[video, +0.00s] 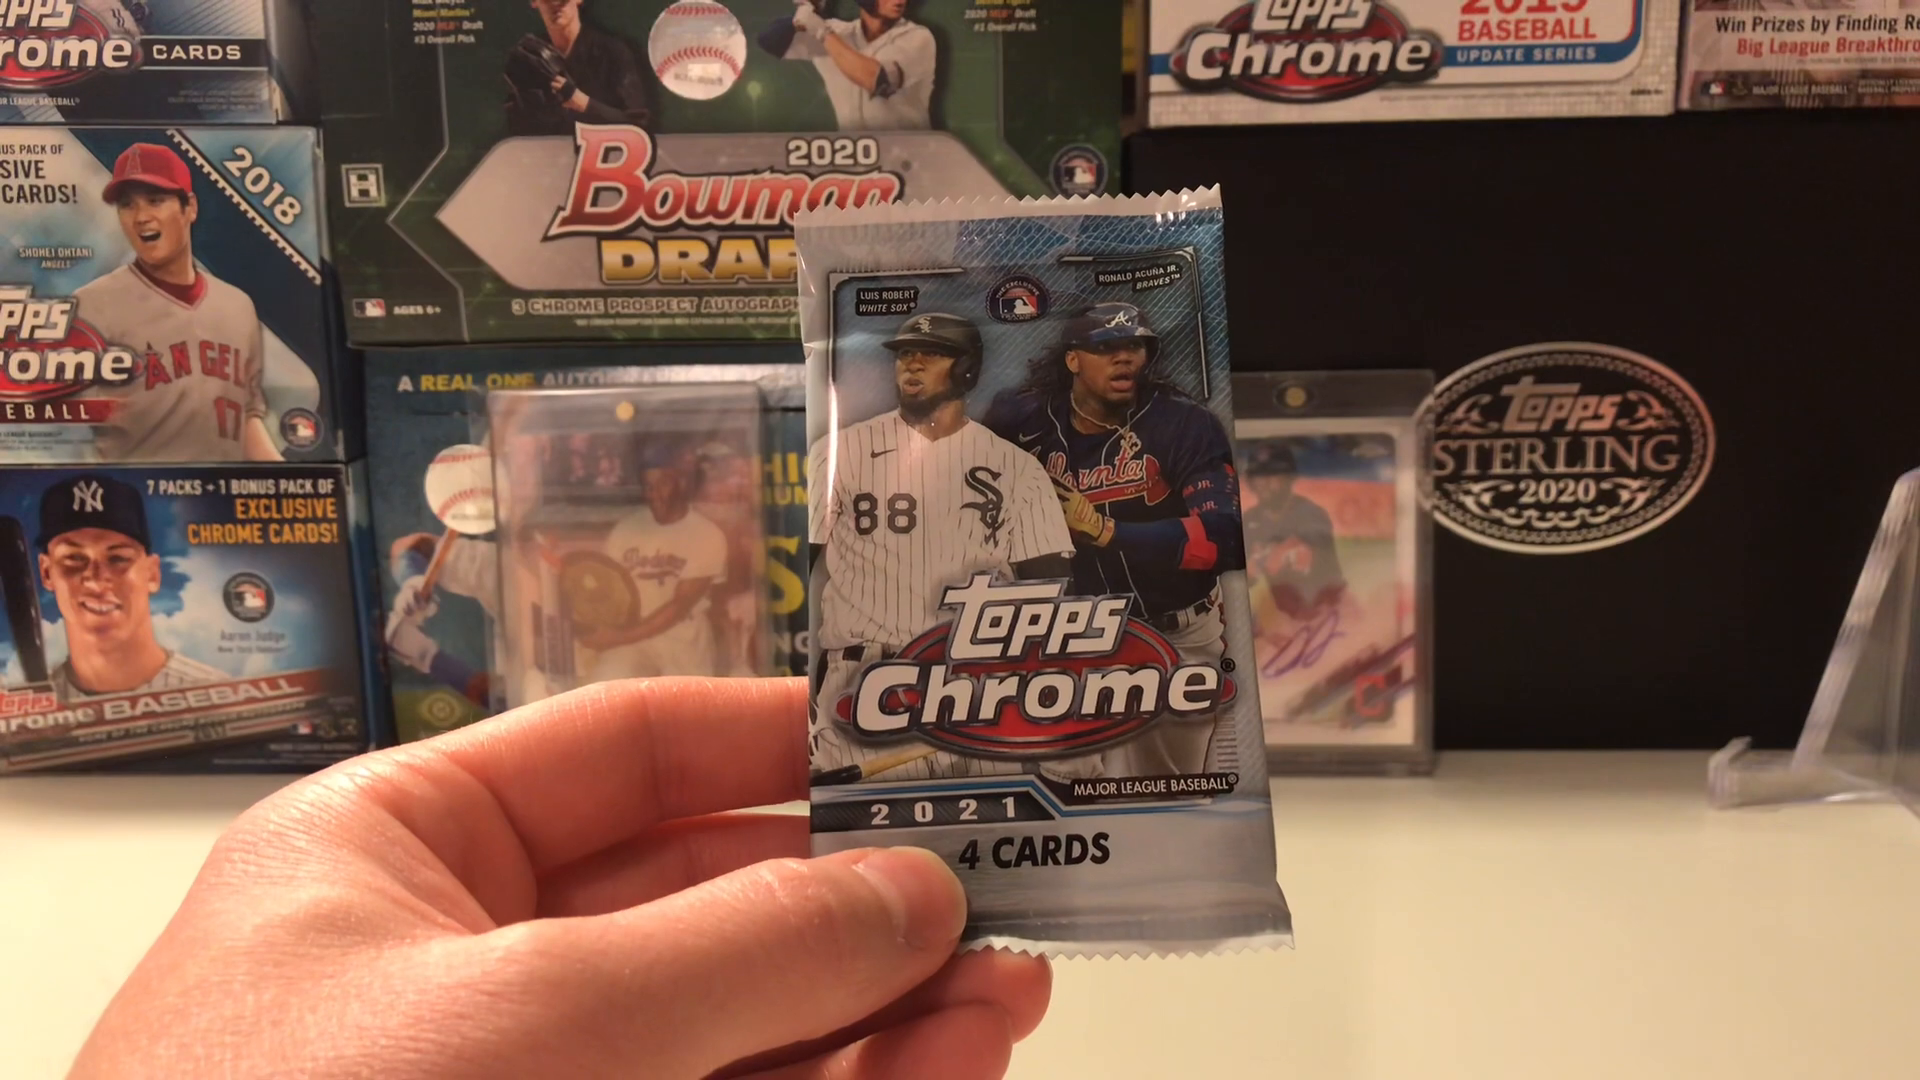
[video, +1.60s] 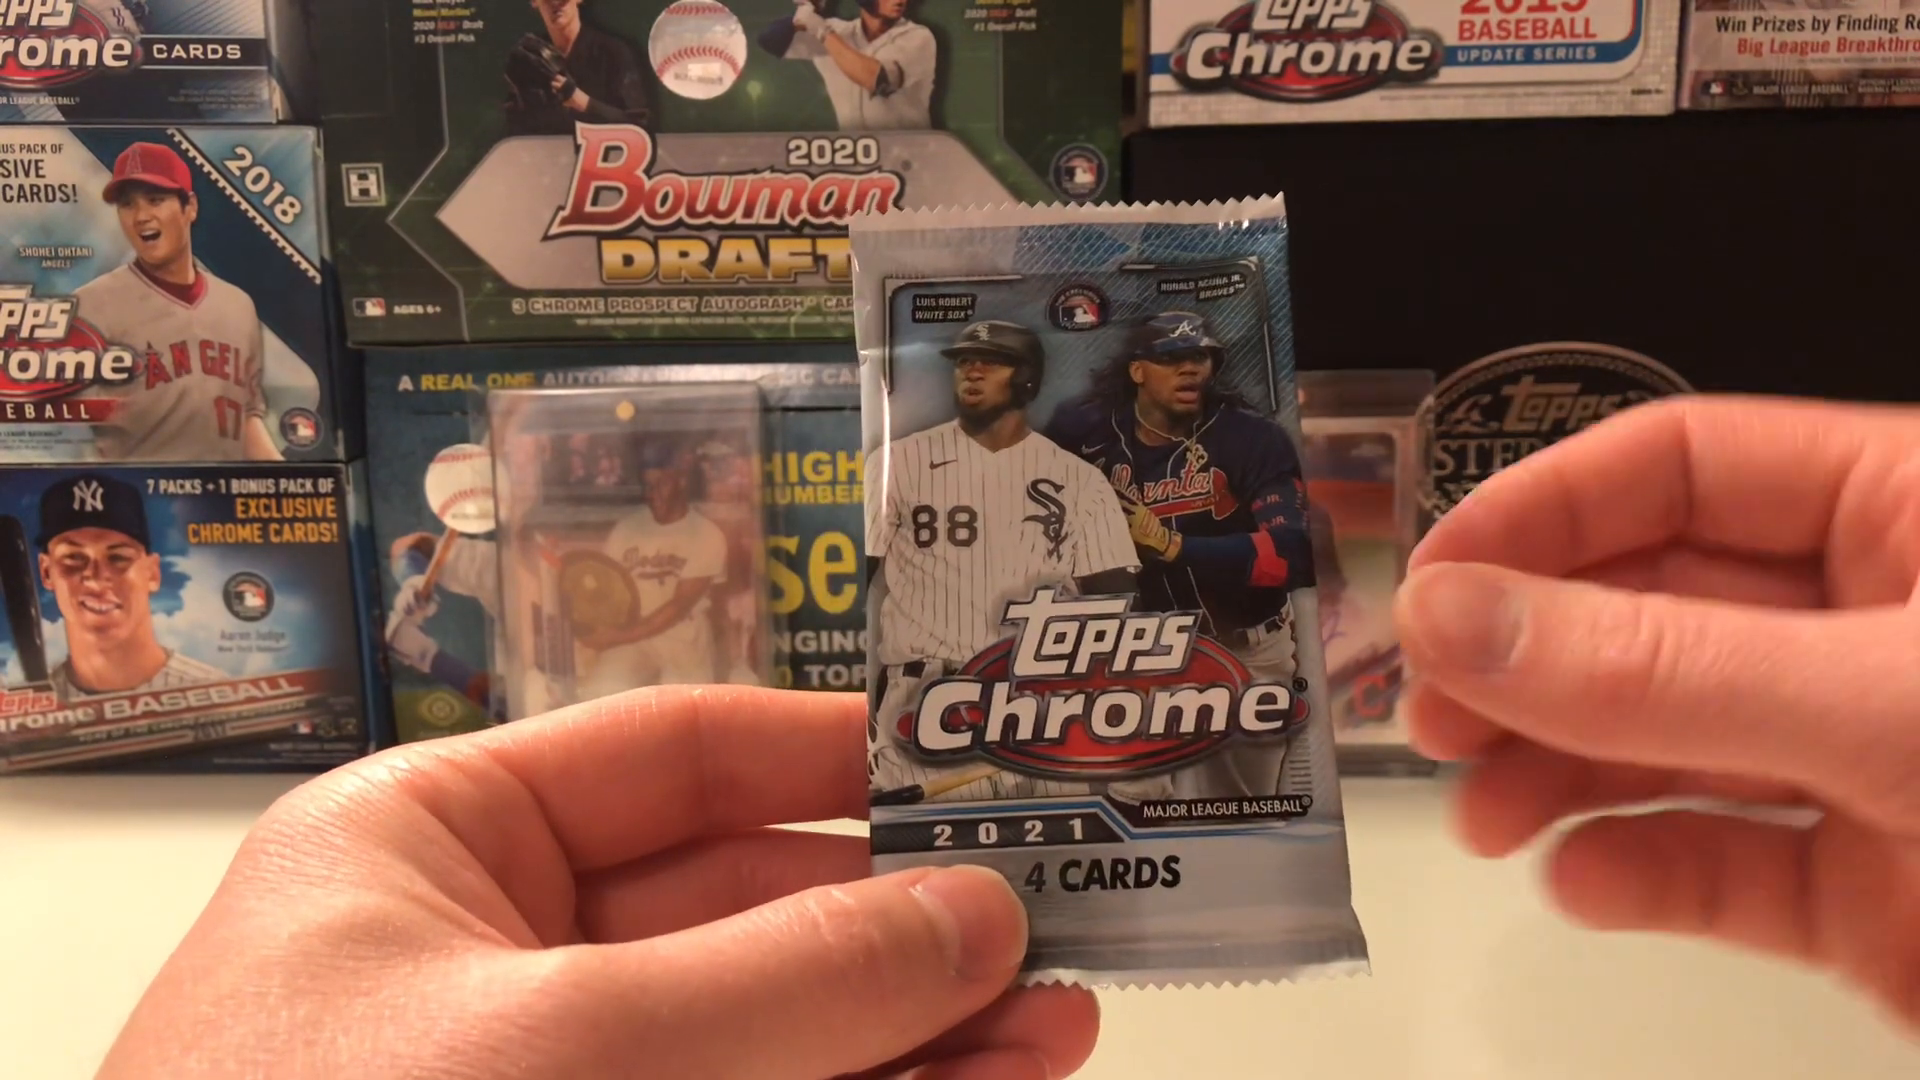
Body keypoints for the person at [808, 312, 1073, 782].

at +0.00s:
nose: (911, 365)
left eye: (929, 354)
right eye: (904, 354)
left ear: (965, 369)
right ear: (894, 364)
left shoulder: (1016, 471)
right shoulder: (838, 455)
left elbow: (1047, 594)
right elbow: (787, 569)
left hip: (972, 694)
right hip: (854, 691)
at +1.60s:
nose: (971, 373)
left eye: (989, 363)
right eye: (964, 362)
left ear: (1024, 378)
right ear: (953, 372)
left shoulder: (1079, 481)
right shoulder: (896, 465)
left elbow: (1114, 603)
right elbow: (852, 587)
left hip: (1038, 717)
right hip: (917, 714)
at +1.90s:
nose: (983, 370)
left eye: (1001, 360)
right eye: (976, 359)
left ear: (1037, 376)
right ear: (965, 369)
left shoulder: (1093, 483)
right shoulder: (908, 463)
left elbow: (1125, 607)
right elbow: (861, 589)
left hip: (1049, 713)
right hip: (927, 712)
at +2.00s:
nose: (984, 364)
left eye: (1002, 353)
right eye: (977, 353)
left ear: (1040, 370)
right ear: (966, 363)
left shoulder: (1096, 478)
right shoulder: (904, 462)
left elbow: (1128, 612)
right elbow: (856, 587)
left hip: (1052, 717)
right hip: (927, 715)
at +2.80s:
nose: (1021, 369)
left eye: (1039, 358)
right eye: (1013, 357)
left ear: (1075, 375)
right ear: (1002, 368)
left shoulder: (1131, 482)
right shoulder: (943, 461)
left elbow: (1164, 611)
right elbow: (899, 589)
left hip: (1084, 713)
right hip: (963, 710)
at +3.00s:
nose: (1047, 371)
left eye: (1065, 360)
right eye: (1040, 359)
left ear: (1102, 377)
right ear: (1028, 369)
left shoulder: (1157, 484)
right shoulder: (967, 464)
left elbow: (1186, 611)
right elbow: (940, 590)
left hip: (1111, 715)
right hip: (991, 712)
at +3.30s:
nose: (1038, 376)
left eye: (1055, 366)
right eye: (1031, 365)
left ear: (1091, 382)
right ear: (1020, 375)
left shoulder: (1147, 485)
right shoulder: (959, 468)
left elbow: (1183, 611)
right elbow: (934, 593)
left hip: (1102, 711)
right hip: (982, 710)